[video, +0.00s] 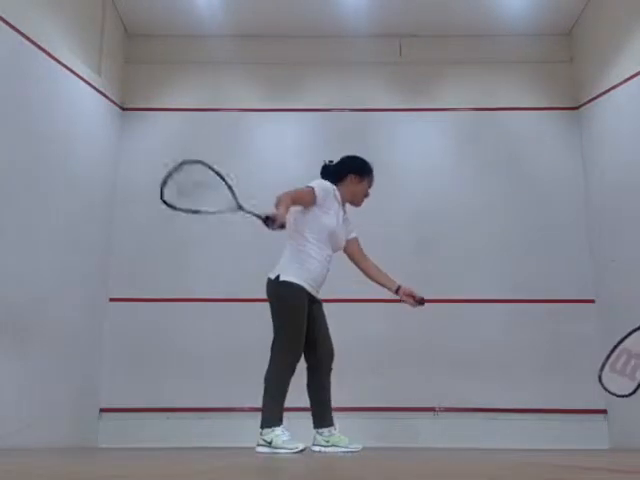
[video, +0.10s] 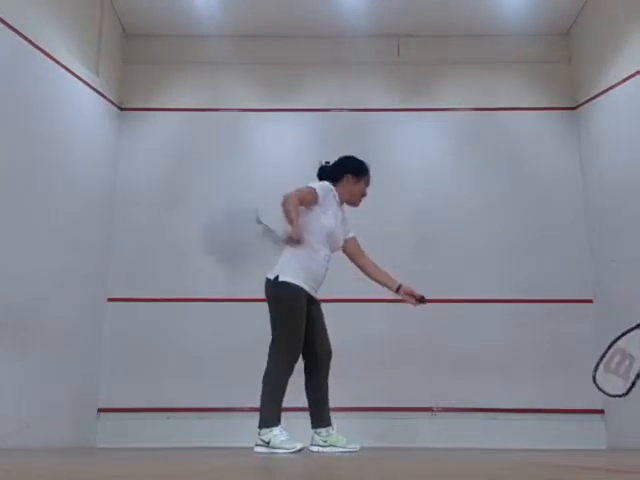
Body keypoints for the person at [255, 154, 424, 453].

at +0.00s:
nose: (368, 194)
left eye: (370, 189)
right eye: (367, 187)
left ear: (353, 182)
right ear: (351, 179)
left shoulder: (342, 221)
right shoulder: (324, 191)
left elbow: (363, 261)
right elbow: (287, 197)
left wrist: (399, 289)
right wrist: (280, 214)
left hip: (309, 293)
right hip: (288, 285)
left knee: (322, 355)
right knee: (286, 354)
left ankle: (325, 431)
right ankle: (270, 431)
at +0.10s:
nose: (365, 194)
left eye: (367, 188)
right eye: (364, 187)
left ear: (351, 182)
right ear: (348, 179)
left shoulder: (340, 219)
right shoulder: (324, 192)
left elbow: (360, 258)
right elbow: (291, 198)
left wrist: (399, 288)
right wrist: (294, 226)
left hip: (307, 292)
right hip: (287, 284)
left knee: (320, 355)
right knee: (284, 353)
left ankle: (323, 432)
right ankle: (268, 431)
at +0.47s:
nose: (358, 178)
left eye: (358, 172)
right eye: (357, 172)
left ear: (328, 174)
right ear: (348, 173)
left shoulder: (317, 201)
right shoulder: (346, 195)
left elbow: (299, 243)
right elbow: (366, 238)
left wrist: (283, 277)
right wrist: (358, 204)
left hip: (298, 287)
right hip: (316, 289)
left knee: (321, 356)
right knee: (323, 356)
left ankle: (322, 430)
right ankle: (278, 419)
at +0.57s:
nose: (357, 176)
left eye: (356, 171)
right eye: (355, 171)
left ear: (324, 174)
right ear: (347, 172)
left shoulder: (310, 203)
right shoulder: (350, 196)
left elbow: (279, 233)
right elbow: (366, 240)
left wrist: (251, 255)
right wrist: (345, 228)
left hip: (301, 290)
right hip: (324, 290)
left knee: (325, 361)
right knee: (336, 358)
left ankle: (323, 429)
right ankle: (300, 418)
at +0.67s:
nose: (351, 175)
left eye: (350, 170)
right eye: (349, 170)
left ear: (319, 169)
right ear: (342, 170)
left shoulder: (302, 198)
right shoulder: (345, 194)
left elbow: (266, 226)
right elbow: (363, 241)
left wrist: (230, 243)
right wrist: (337, 238)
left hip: (300, 289)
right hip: (326, 289)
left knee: (322, 361)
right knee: (339, 360)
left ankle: (322, 430)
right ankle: (323, 428)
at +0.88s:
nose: (347, 163)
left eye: (346, 157)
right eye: (346, 157)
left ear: (313, 159)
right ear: (338, 159)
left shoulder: (293, 190)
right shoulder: (344, 185)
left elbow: (263, 230)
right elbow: (366, 231)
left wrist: (231, 265)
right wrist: (350, 263)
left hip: (289, 281)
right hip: (324, 279)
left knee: (309, 351)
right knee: (338, 355)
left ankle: (300, 426)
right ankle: (324, 431)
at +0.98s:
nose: (337, 156)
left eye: (336, 151)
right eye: (336, 151)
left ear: (302, 151)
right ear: (328, 152)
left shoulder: (281, 185)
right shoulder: (336, 178)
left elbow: (267, 237)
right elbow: (356, 222)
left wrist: (256, 277)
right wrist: (357, 269)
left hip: (279, 276)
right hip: (318, 275)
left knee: (287, 347)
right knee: (332, 352)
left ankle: (253, 410)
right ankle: (323, 431)